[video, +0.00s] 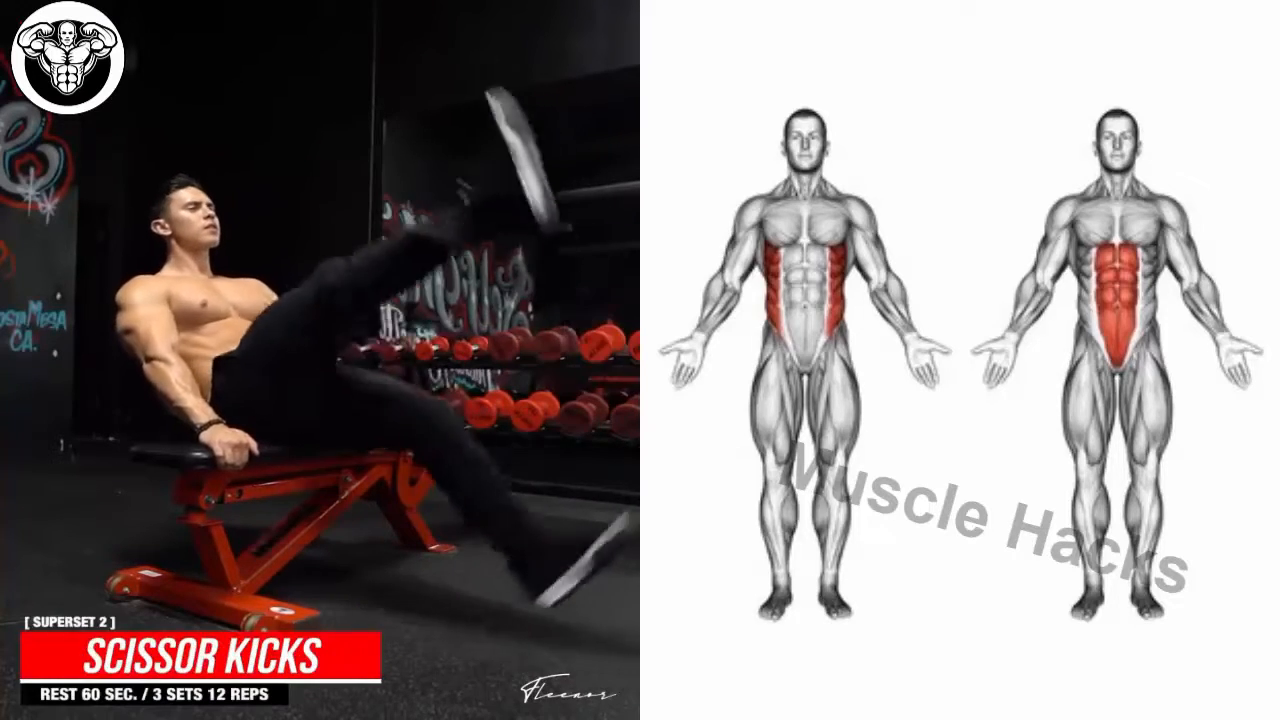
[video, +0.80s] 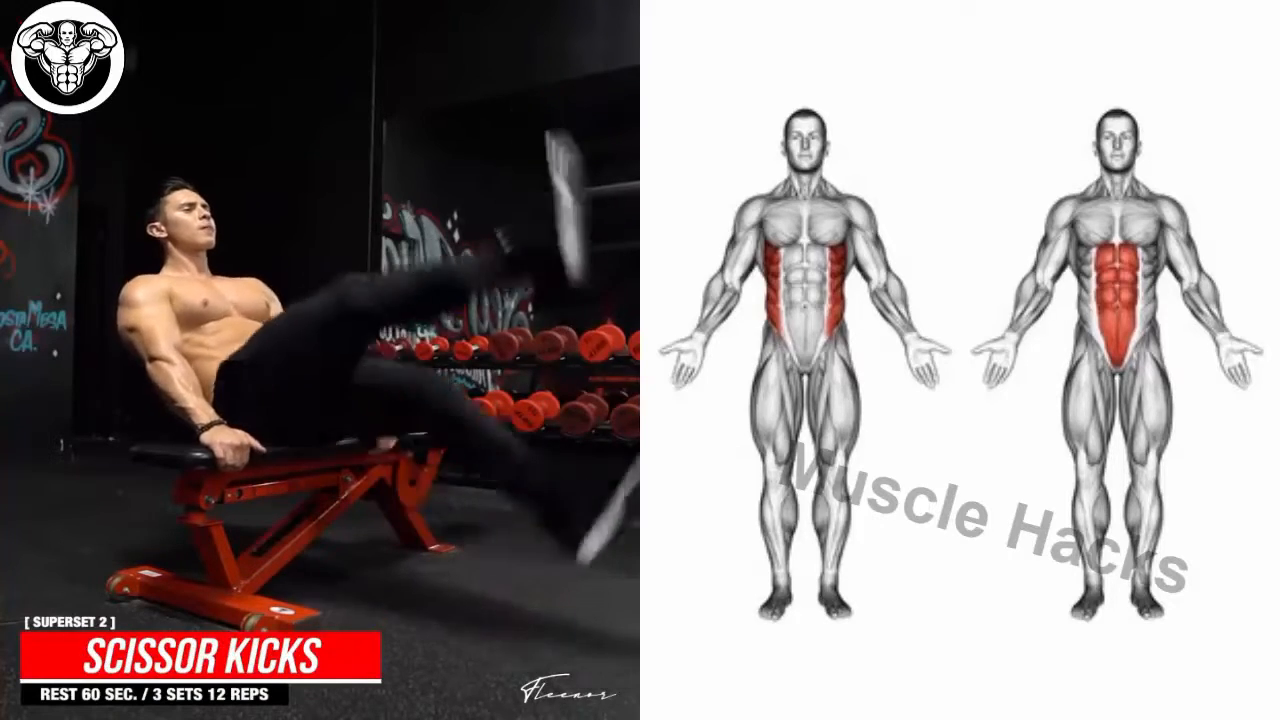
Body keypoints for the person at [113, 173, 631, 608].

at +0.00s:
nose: (208, 213)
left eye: (209, 206)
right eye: (192, 207)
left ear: (213, 225)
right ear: (162, 227)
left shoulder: (253, 289)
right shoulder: (144, 290)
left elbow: (306, 340)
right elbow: (160, 362)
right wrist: (208, 424)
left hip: (311, 397)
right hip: (245, 395)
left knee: (435, 422)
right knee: (329, 290)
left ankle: (540, 567)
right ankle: (500, 215)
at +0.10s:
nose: (203, 218)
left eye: (205, 211)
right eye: (188, 212)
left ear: (208, 228)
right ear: (158, 232)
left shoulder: (250, 292)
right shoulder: (141, 292)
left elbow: (303, 356)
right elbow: (161, 361)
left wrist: (359, 415)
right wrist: (208, 425)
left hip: (303, 391)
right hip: (240, 394)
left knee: (436, 389)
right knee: (341, 307)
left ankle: (574, 486)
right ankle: (503, 311)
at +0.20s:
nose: (202, 221)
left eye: (203, 213)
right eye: (186, 215)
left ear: (207, 229)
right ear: (158, 234)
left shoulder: (248, 293)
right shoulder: (141, 292)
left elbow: (302, 356)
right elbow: (164, 361)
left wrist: (355, 415)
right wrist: (211, 423)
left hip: (298, 390)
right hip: (244, 400)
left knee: (422, 337)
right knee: (375, 347)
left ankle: (566, 374)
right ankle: (531, 427)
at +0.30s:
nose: (204, 219)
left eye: (205, 212)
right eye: (188, 213)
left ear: (210, 229)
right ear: (160, 233)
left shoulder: (250, 293)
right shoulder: (143, 292)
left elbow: (314, 357)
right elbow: (163, 361)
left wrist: (371, 387)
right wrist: (209, 424)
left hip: (301, 384)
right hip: (246, 398)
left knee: (387, 309)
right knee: (380, 405)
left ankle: (553, 276)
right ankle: (533, 532)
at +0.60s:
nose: (212, 214)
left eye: (213, 206)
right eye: (197, 207)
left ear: (215, 224)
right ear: (166, 226)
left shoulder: (252, 290)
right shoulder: (148, 286)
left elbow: (309, 354)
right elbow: (164, 355)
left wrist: (373, 393)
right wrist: (208, 425)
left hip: (295, 378)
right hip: (243, 393)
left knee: (385, 306)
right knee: (376, 395)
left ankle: (544, 279)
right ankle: (532, 503)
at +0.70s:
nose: (205, 215)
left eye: (206, 208)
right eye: (190, 209)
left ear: (212, 225)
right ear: (161, 229)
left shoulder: (252, 289)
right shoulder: (146, 288)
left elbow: (305, 355)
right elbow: (167, 359)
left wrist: (358, 415)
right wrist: (209, 423)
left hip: (296, 394)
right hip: (241, 402)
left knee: (410, 343)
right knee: (372, 346)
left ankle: (568, 382)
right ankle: (549, 379)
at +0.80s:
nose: (205, 215)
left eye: (205, 209)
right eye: (189, 210)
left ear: (208, 226)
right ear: (159, 230)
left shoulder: (253, 287)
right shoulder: (145, 290)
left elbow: (302, 351)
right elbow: (165, 362)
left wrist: (344, 408)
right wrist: (208, 426)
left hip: (301, 394)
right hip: (241, 396)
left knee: (434, 394)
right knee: (346, 301)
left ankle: (569, 513)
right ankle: (515, 264)